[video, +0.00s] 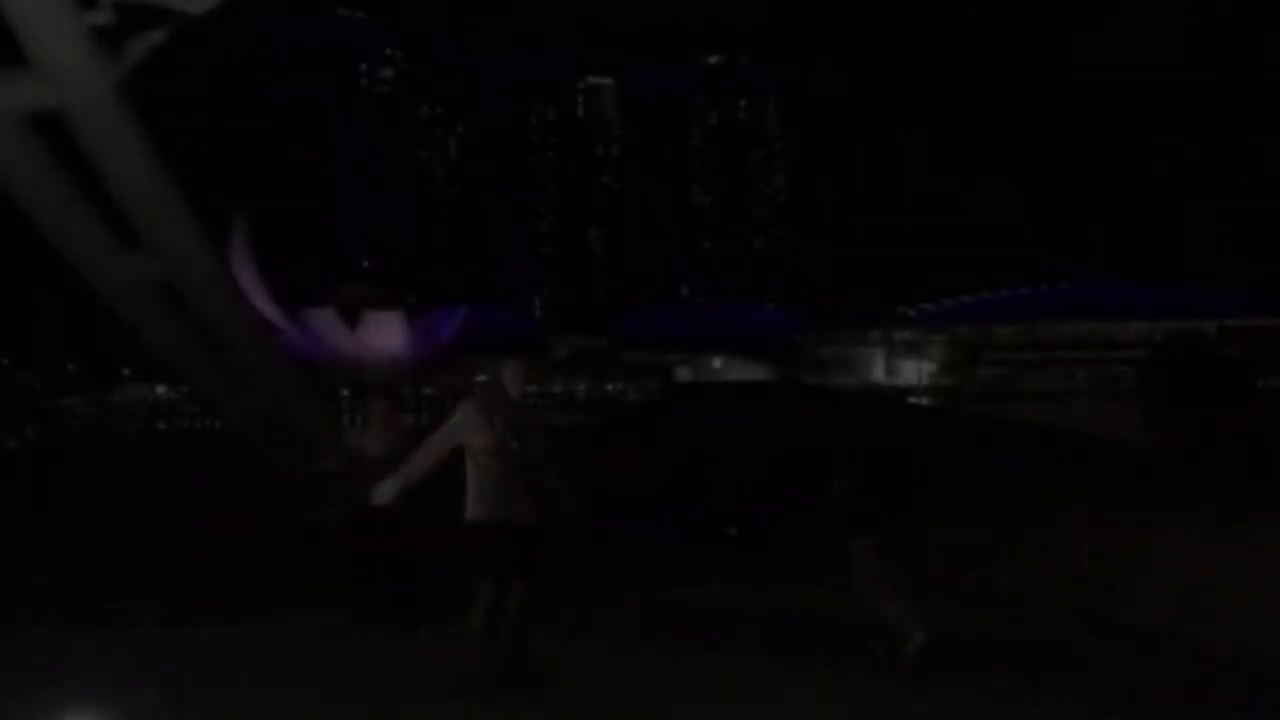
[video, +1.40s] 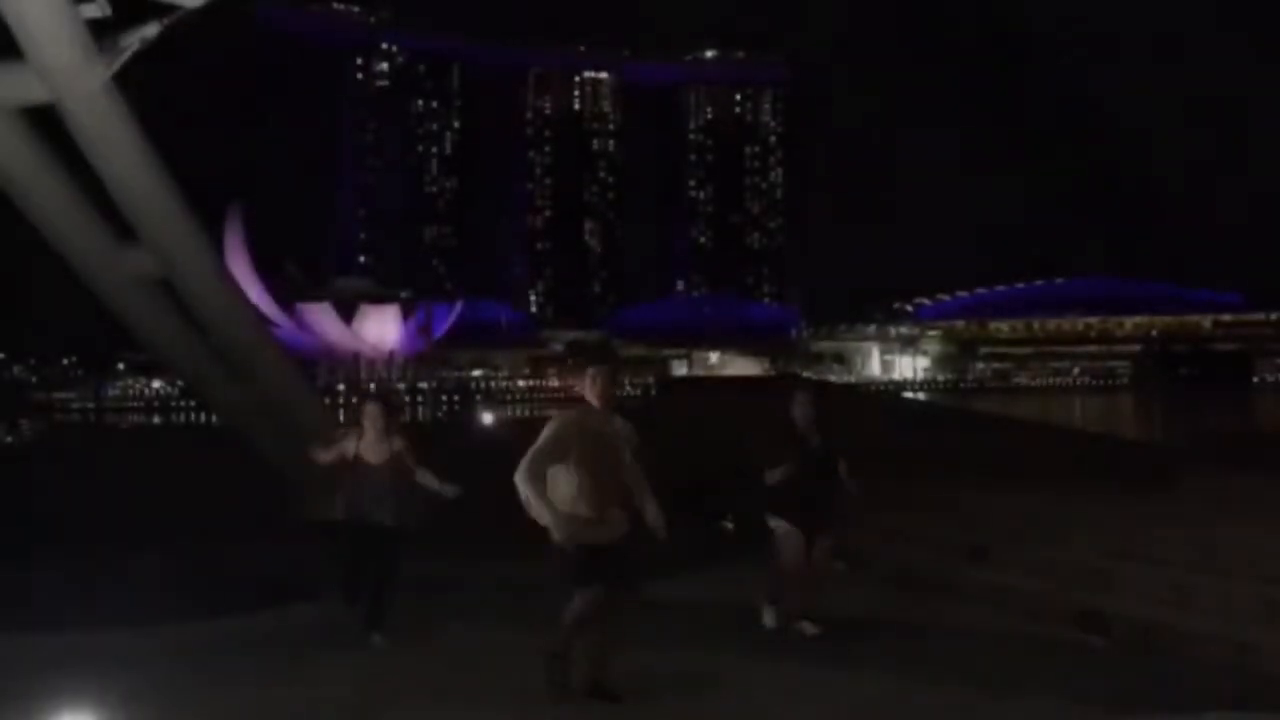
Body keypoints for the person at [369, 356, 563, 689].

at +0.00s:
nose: (523, 380)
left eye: (526, 372)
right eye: (517, 371)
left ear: (530, 376)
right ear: (501, 372)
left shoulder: (524, 414)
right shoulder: (477, 411)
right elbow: (433, 451)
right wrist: (395, 484)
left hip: (519, 521)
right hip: (483, 523)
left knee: (517, 594)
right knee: (485, 595)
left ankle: (513, 662)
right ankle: (478, 664)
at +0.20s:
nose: (524, 384)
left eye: (529, 377)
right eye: (518, 376)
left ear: (535, 380)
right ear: (505, 376)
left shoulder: (537, 416)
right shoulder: (483, 410)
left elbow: (561, 466)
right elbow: (455, 453)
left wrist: (595, 504)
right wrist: (441, 493)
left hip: (528, 513)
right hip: (490, 512)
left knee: (526, 583)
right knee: (498, 582)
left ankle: (520, 650)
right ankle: (499, 653)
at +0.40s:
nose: (526, 383)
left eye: (532, 375)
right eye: (520, 375)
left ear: (539, 379)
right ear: (509, 376)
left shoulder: (546, 419)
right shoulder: (488, 411)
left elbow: (560, 472)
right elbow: (474, 458)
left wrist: (568, 519)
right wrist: (474, 504)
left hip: (538, 517)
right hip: (499, 515)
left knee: (534, 594)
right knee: (511, 591)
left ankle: (529, 662)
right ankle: (513, 665)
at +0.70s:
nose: (531, 376)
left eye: (536, 369)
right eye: (525, 369)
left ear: (544, 373)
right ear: (515, 374)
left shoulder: (559, 414)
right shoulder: (501, 413)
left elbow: (561, 462)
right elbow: (488, 462)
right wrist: (484, 504)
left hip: (549, 512)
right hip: (512, 512)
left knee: (536, 588)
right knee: (524, 586)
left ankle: (523, 657)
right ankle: (527, 658)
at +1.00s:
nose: (545, 376)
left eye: (550, 369)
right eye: (538, 370)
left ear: (559, 375)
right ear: (526, 377)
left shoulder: (580, 416)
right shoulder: (513, 421)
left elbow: (599, 465)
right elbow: (496, 474)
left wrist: (570, 496)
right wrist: (499, 524)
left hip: (574, 526)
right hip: (532, 526)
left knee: (573, 599)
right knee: (537, 601)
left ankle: (562, 670)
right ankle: (538, 674)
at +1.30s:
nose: (588, 377)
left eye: (593, 369)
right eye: (581, 369)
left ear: (602, 374)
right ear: (566, 375)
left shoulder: (609, 416)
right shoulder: (550, 418)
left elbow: (612, 469)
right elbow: (523, 471)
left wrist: (621, 515)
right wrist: (541, 529)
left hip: (607, 529)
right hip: (565, 533)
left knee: (608, 606)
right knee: (563, 607)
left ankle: (597, 679)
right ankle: (543, 676)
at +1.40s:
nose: (604, 387)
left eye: (608, 379)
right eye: (596, 379)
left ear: (616, 383)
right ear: (581, 384)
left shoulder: (619, 429)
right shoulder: (568, 424)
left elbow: (632, 474)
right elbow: (525, 474)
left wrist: (650, 512)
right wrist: (551, 520)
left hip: (614, 531)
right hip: (574, 532)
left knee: (612, 604)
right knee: (587, 598)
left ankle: (597, 677)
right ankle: (558, 658)